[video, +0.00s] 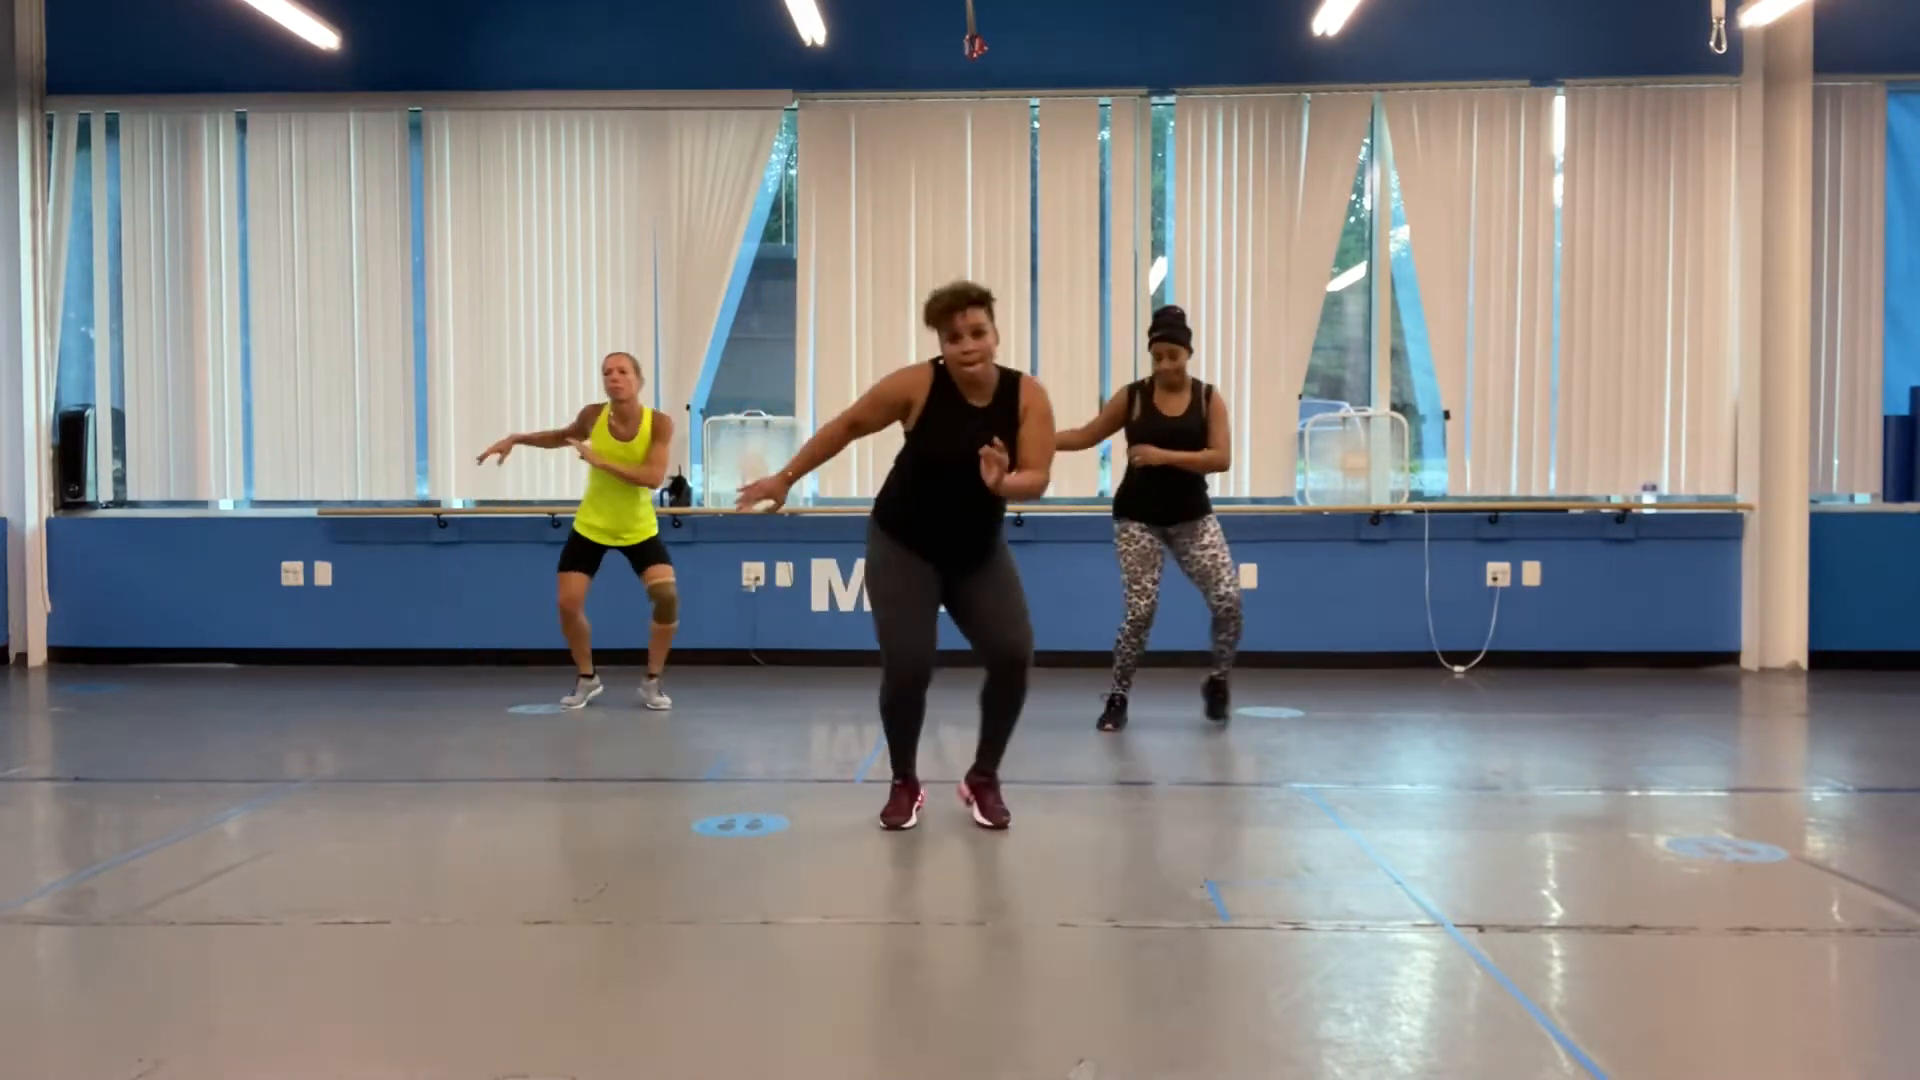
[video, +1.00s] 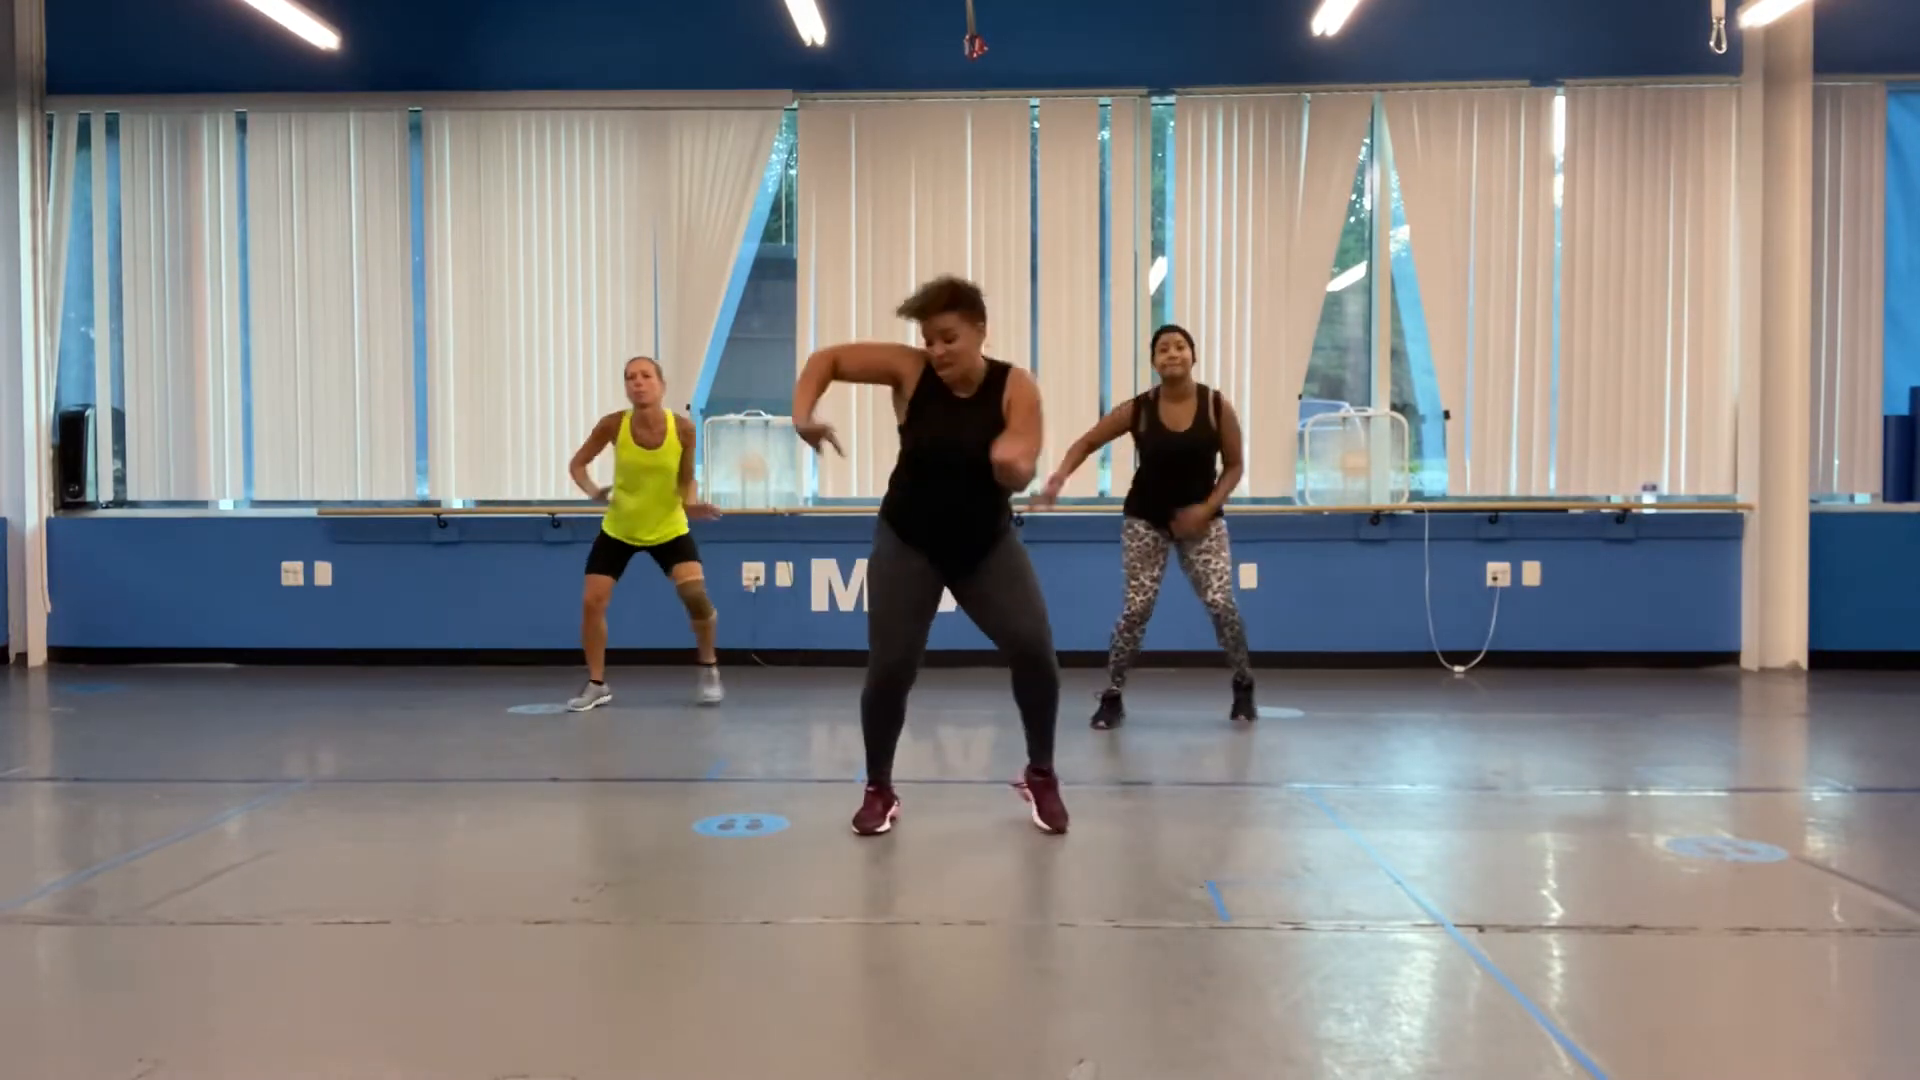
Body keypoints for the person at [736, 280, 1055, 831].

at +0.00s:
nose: (969, 346)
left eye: (978, 333)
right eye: (956, 338)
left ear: (996, 335)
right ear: (940, 344)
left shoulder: (1027, 396)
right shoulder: (913, 386)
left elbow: (1037, 479)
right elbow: (845, 428)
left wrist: (1004, 483)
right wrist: (784, 478)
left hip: (978, 548)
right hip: (904, 543)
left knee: (1013, 654)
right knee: (908, 669)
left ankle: (984, 777)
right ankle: (904, 783)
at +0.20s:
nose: (1008, 348)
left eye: (1018, 335)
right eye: (995, 340)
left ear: (1037, 337)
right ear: (981, 347)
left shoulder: (1070, 380)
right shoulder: (962, 391)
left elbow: (1111, 438)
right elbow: (883, 417)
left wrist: (1030, 424)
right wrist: (804, 442)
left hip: (1023, 547)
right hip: (948, 534)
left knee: (1055, 664)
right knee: (904, 646)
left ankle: (1083, 791)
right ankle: (867, 745)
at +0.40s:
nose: (1029, 346)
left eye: (1038, 335)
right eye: (1015, 337)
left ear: (1051, 340)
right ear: (994, 347)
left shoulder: (1085, 401)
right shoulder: (971, 413)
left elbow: (1132, 466)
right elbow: (940, 492)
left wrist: (1097, 504)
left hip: (1054, 559)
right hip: (974, 555)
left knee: (1100, 663)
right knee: (937, 656)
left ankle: (1089, 791)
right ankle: (878, 742)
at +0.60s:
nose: (1028, 334)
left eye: (1029, 324)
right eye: (1015, 325)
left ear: (1028, 329)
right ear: (975, 332)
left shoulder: (1041, 382)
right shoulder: (932, 382)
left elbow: (1118, 399)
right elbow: (914, 461)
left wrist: (1138, 438)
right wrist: (996, 476)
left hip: (1033, 544)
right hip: (952, 545)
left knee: (1067, 659)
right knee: (907, 656)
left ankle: (1097, 784)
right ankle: (896, 767)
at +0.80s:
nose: (997, 348)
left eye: (996, 338)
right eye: (984, 339)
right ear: (945, 347)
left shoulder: (1006, 413)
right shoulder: (899, 384)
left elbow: (1041, 487)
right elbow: (839, 426)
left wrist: (1078, 471)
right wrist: (917, 448)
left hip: (991, 551)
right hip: (912, 555)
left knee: (1037, 642)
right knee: (883, 674)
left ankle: (1091, 710)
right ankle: (880, 791)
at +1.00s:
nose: (937, 350)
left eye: (949, 339)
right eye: (929, 339)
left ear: (980, 332)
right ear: (922, 337)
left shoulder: (1016, 388)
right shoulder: (908, 367)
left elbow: (1021, 467)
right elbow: (825, 359)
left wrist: (1005, 460)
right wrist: (801, 415)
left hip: (986, 545)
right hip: (907, 542)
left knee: (1035, 651)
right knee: (891, 668)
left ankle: (1041, 774)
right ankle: (878, 790)